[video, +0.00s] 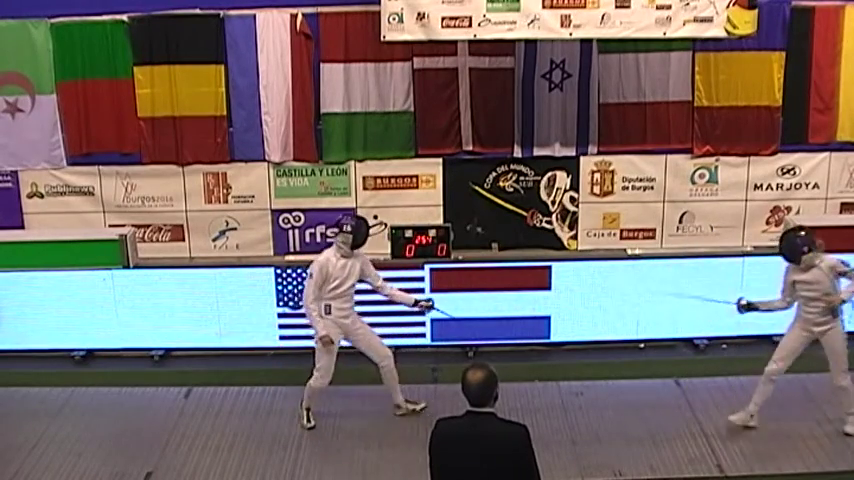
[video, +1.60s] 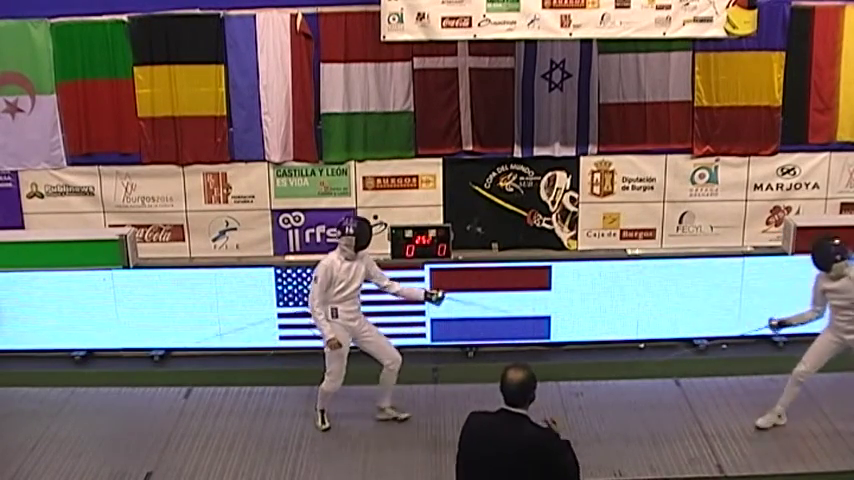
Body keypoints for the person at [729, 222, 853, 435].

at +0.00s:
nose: (801, 263)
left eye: (803, 259)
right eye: (797, 261)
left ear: (809, 251)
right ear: (793, 259)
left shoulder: (829, 264)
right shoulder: (792, 272)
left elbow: (853, 280)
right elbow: (786, 301)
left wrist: (843, 297)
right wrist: (753, 306)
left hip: (831, 327)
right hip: (802, 326)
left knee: (841, 380)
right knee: (772, 370)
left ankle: (850, 419)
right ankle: (750, 414)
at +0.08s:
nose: (806, 258)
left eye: (809, 254)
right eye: (802, 255)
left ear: (815, 248)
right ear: (797, 254)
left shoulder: (833, 261)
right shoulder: (795, 268)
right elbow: (789, 297)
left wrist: (846, 293)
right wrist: (756, 304)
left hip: (834, 323)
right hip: (807, 322)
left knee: (839, 374)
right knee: (784, 369)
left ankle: (846, 416)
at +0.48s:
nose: (801, 260)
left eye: (803, 255)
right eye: (798, 256)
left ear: (809, 249)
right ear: (794, 254)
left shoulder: (831, 264)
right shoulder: (792, 268)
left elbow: (852, 285)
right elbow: (786, 299)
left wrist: (839, 299)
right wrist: (754, 311)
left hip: (830, 326)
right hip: (802, 324)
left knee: (837, 374)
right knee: (773, 367)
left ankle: (843, 416)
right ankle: (756, 413)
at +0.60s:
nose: (789, 267)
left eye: (790, 262)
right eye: (785, 264)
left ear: (798, 256)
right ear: (782, 262)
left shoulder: (818, 273)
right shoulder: (781, 276)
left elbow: (842, 293)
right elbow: (764, 305)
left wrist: (825, 310)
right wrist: (732, 307)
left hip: (817, 334)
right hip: (790, 332)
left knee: (829, 380)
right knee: (758, 374)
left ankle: (842, 416)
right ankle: (742, 417)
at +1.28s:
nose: (799, 261)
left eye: (801, 257)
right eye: (796, 258)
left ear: (810, 249)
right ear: (795, 255)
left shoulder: (831, 260)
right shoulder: (791, 268)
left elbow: (853, 274)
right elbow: (780, 298)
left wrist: (843, 292)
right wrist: (748, 311)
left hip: (833, 323)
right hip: (804, 323)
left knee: (845, 374)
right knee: (775, 367)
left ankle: (852, 420)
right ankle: (762, 412)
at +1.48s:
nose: (823, 270)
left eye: (824, 265)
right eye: (817, 267)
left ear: (827, 259)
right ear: (812, 265)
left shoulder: (845, 273)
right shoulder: (807, 278)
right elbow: (798, 310)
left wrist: (852, 310)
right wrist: (765, 323)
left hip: (847, 334)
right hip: (819, 332)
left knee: (852, 374)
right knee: (787, 372)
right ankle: (777, 414)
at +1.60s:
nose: (842, 267)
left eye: (843, 262)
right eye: (836, 265)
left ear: (844, 258)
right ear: (826, 267)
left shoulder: (850, 274)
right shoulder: (823, 280)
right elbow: (817, 311)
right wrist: (784, 322)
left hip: (850, 334)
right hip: (836, 333)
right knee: (801, 372)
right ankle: (778, 412)